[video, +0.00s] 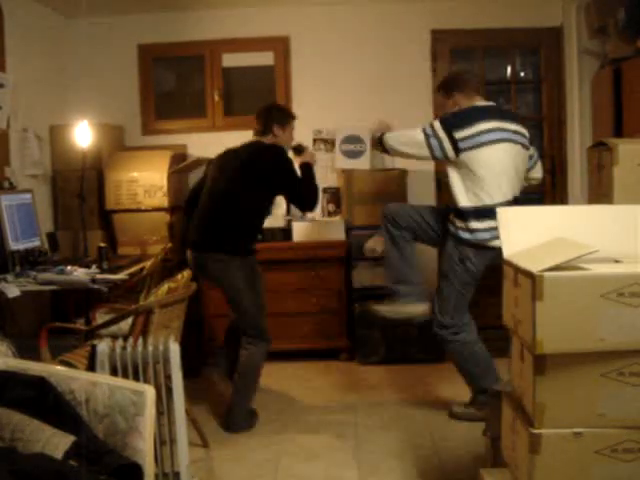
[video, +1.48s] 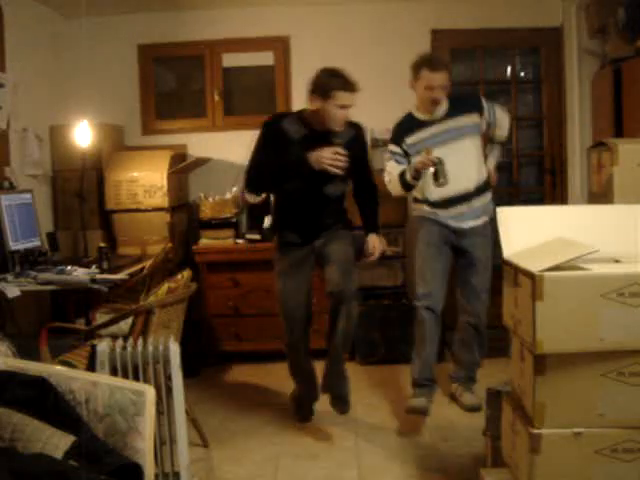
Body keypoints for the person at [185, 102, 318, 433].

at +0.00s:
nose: (291, 138)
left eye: (291, 131)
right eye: (290, 132)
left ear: (259, 129)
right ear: (277, 130)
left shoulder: (227, 157)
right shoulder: (275, 159)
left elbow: (192, 203)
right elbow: (306, 202)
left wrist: (189, 245)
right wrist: (307, 167)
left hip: (203, 250)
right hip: (234, 253)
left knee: (242, 314)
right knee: (256, 334)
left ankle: (226, 371)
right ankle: (238, 414)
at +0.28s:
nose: (277, 126)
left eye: (278, 120)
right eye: (270, 120)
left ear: (272, 123)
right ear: (250, 121)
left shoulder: (249, 155)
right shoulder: (233, 150)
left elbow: (243, 203)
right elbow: (257, 186)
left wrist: (254, 235)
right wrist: (281, 147)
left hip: (228, 252)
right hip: (208, 253)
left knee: (260, 320)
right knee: (240, 327)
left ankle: (247, 387)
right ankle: (218, 396)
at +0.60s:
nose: (255, 95)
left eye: (258, 89)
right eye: (248, 90)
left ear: (264, 94)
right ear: (233, 96)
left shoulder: (266, 137)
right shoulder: (217, 125)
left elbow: (272, 186)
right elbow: (222, 156)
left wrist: (285, 228)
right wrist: (250, 115)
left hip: (250, 233)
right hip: (217, 236)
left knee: (291, 267)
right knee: (236, 312)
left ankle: (282, 349)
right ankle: (221, 391)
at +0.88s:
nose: (251, 102)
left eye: (256, 96)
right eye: (245, 98)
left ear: (267, 104)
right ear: (236, 106)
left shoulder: (282, 141)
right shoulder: (222, 139)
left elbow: (303, 187)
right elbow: (193, 148)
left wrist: (315, 233)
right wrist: (228, 114)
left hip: (272, 241)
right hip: (236, 244)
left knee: (292, 298)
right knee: (244, 320)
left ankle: (286, 375)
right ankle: (238, 393)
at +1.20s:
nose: (271, 93)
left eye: (276, 86)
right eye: (263, 87)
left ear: (288, 89)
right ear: (253, 91)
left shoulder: (307, 128)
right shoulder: (242, 124)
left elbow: (333, 180)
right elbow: (212, 160)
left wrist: (344, 228)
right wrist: (245, 118)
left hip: (301, 226)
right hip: (262, 230)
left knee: (310, 293)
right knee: (277, 311)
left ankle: (315, 375)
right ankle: (287, 395)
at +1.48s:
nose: (347, 115)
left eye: (349, 107)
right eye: (341, 106)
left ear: (347, 104)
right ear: (317, 102)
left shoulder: (350, 135)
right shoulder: (280, 130)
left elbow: (364, 186)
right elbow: (254, 184)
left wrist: (372, 230)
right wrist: (308, 160)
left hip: (335, 230)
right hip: (293, 233)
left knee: (343, 289)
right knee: (295, 318)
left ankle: (337, 373)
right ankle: (305, 389)